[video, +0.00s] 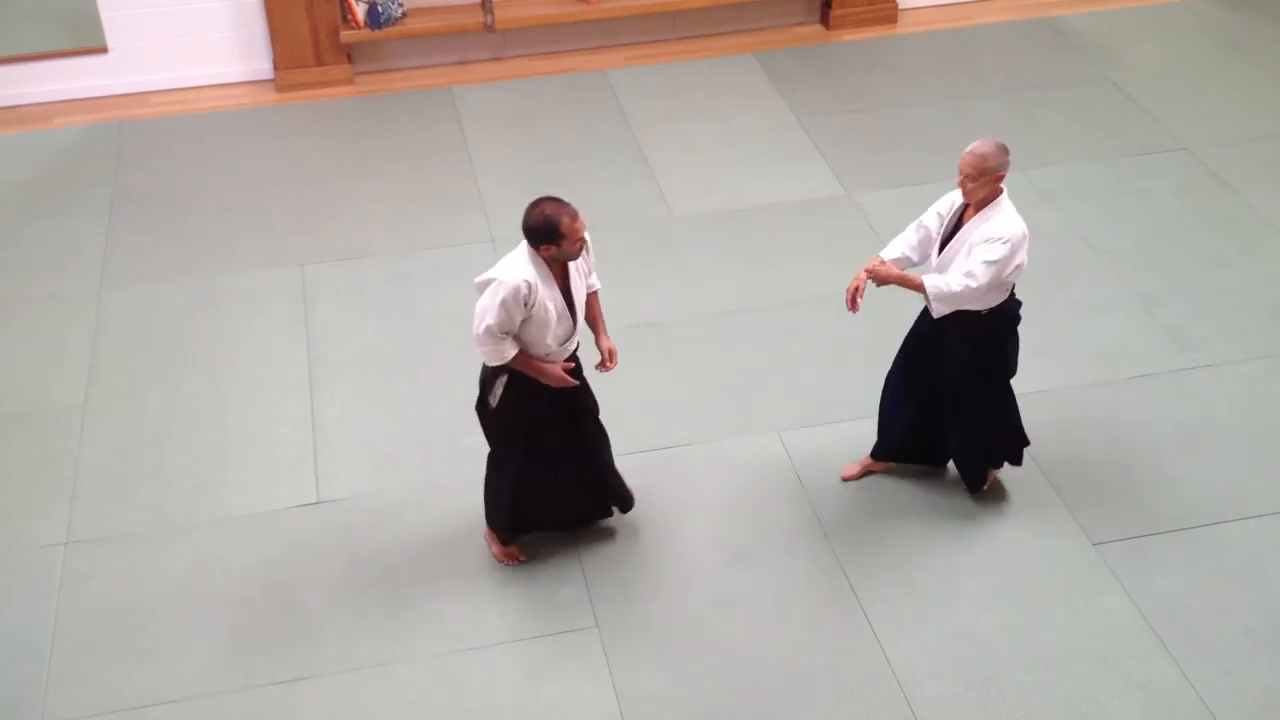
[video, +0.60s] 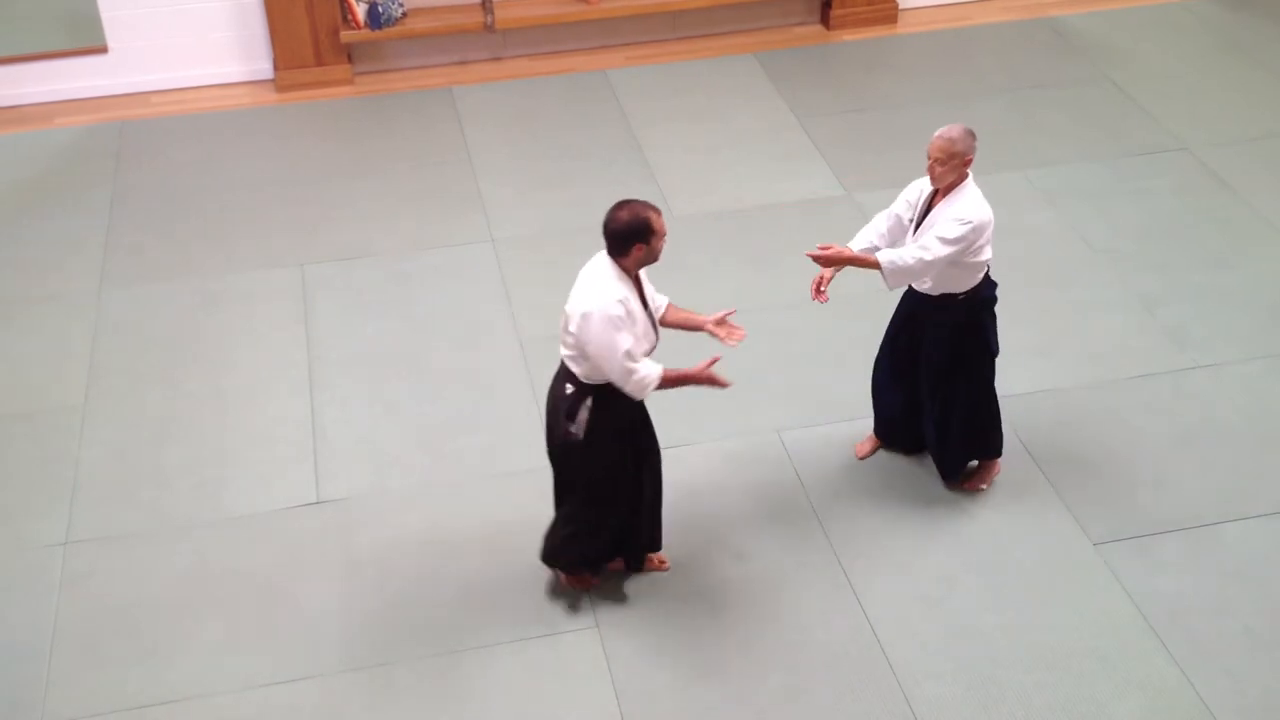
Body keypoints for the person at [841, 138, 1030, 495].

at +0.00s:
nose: (961, 184)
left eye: (970, 178)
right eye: (960, 175)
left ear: (997, 181)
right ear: (960, 170)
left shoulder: (1008, 231)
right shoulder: (956, 201)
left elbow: (967, 287)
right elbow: (916, 237)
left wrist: (900, 279)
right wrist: (869, 271)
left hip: (981, 327)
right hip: (939, 314)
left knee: (975, 398)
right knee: (904, 381)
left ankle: (988, 462)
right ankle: (884, 454)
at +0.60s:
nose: (931, 169)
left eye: (940, 163)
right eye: (929, 160)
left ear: (966, 164)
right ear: (927, 155)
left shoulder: (972, 214)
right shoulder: (922, 189)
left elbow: (917, 260)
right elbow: (884, 227)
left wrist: (851, 258)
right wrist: (839, 263)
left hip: (963, 307)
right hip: (921, 299)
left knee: (970, 384)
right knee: (893, 367)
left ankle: (989, 458)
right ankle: (887, 430)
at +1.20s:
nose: (940, 184)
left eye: (949, 179)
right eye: (941, 176)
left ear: (978, 183)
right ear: (969, 181)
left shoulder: (986, 231)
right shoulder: (955, 206)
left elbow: (934, 272)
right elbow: (924, 249)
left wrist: (866, 283)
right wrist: (889, 258)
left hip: (990, 321)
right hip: (952, 309)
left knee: (973, 403)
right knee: (903, 368)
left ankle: (1005, 481)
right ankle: (886, 431)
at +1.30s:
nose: (959, 188)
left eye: (968, 183)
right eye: (960, 180)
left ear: (996, 186)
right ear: (989, 185)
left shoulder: (1000, 237)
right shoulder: (979, 211)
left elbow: (947, 280)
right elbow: (945, 259)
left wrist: (885, 295)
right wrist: (906, 255)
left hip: (1014, 328)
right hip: (985, 316)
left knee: (993, 407)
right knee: (941, 367)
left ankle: (1003, 481)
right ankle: (939, 431)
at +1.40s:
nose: (977, 189)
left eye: (985, 184)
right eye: (979, 181)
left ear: (1013, 190)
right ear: (1012, 189)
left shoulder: (1013, 242)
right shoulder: (1007, 213)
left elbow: (956, 284)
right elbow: (968, 260)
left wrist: (896, 294)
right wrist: (928, 246)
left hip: (1026, 336)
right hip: (1008, 323)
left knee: (989, 410)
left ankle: (1002, 483)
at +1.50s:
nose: (999, 187)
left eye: (1006, 181)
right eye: (1001, 179)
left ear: (1031, 189)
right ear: (1033, 188)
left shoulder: (1020, 241)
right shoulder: (1049, 219)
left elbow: (966, 277)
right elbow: (995, 259)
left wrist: (917, 280)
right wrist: (952, 239)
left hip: (1030, 339)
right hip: (1059, 324)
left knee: (986, 396)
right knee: (1042, 399)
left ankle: (1005, 485)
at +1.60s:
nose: (1021, 182)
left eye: (1027, 176)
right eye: (1024, 174)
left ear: (1048, 186)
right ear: (1058, 186)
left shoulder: (1032, 240)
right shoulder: (1075, 222)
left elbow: (980, 270)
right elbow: (1015, 259)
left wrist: (936, 266)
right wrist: (979, 231)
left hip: (1042, 341)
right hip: (1084, 329)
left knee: (988, 387)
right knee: (1090, 397)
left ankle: (1004, 483)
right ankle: (1128, 466)